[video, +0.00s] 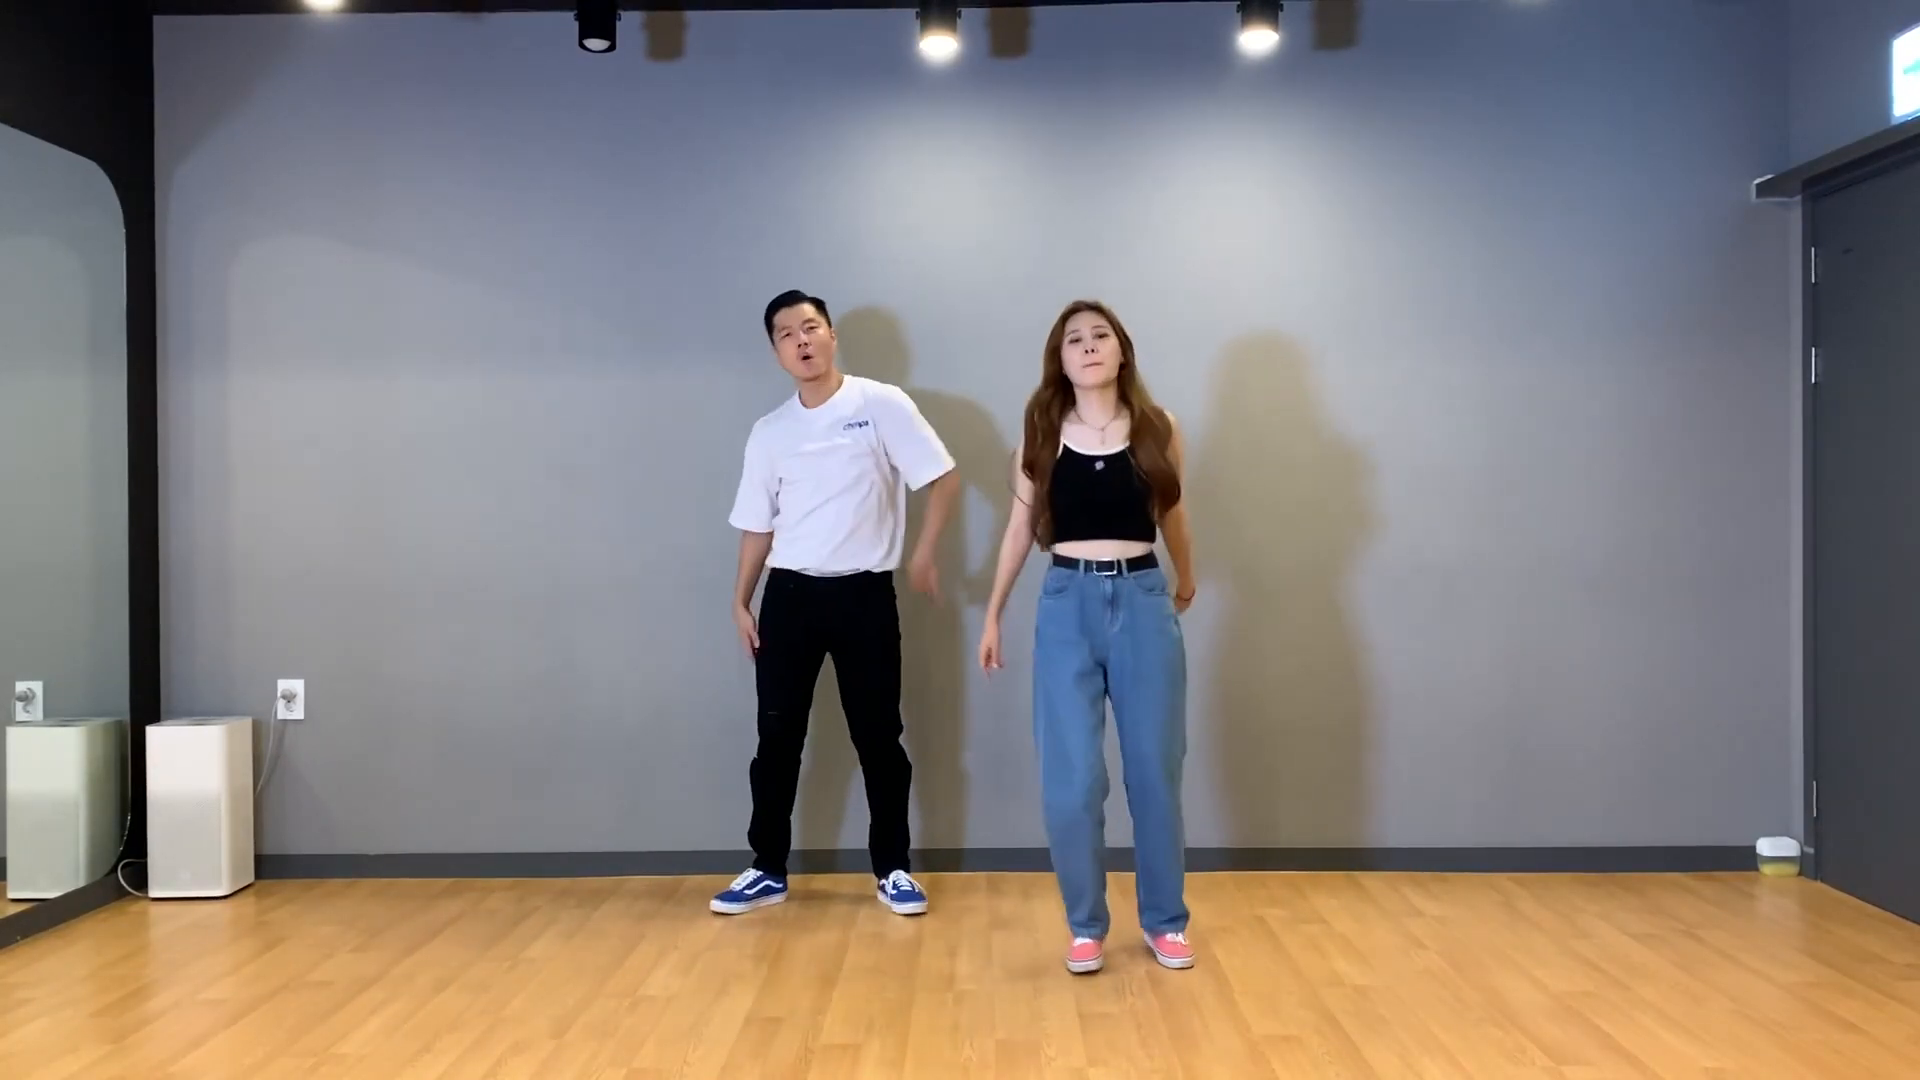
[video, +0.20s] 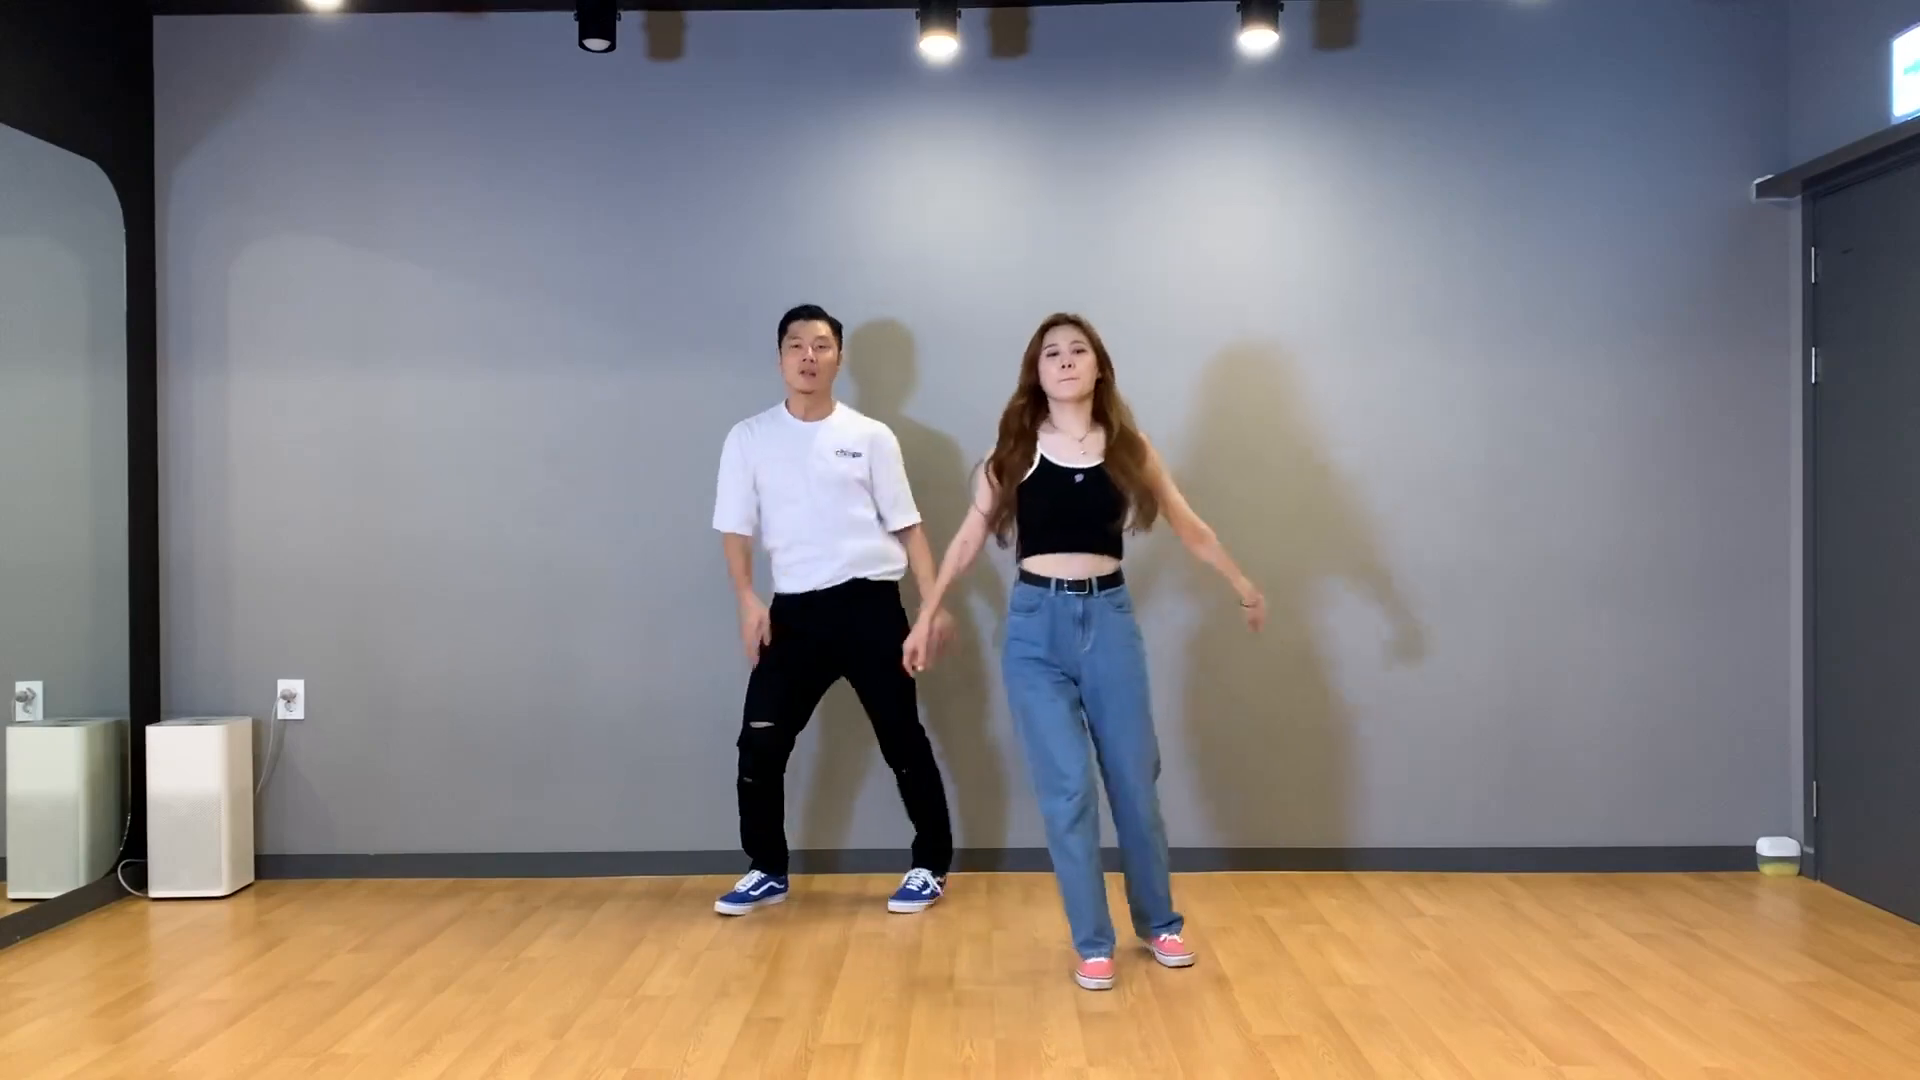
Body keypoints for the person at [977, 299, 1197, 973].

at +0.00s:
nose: (1088, 348)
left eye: (1099, 336)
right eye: (1074, 341)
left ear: (1122, 350)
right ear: (1059, 359)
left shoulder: (1156, 428)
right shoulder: (1042, 434)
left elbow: (1172, 512)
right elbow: (1019, 528)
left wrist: (1186, 578)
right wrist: (993, 613)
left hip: (1145, 604)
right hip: (1065, 606)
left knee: (1154, 770)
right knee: (1072, 777)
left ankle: (1165, 921)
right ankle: (1085, 924)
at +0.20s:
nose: (1067, 362)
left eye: (1078, 352)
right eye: (1053, 355)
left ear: (1100, 368)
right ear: (1035, 374)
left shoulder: (1127, 447)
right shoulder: (1012, 454)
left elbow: (1189, 527)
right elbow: (969, 538)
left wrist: (1241, 581)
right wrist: (928, 612)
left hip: (1109, 622)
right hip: (1033, 625)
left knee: (1134, 781)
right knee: (1067, 788)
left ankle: (1159, 923)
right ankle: (1092, 944)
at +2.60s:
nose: (1189, 402)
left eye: (1195, 386)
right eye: (1172, 399)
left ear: (1217, 388)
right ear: (1161, 417)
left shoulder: (1259, 457)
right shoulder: (1169, 477)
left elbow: (1227, 562)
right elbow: (1147, 567)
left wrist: (1171, 628)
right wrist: (1098, 628)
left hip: (1237, 619)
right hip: (1167, 618)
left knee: (1254, 805)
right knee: (1126, 793)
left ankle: (1349, 929)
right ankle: (1122, 938)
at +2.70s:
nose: (1183, 407)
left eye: (1190, 391)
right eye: (1166, 403)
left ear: (1214, 395)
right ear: (1156, 421)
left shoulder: (1256, 462)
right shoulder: (1167, 482)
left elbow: (1208, 557)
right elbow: (1136, 566)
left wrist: (1139, 532)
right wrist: (1084, 526)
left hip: (1262, 640)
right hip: (1199, 639)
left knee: (1276, 809)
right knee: (1134, 791)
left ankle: (1367, 930)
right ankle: (1119, 939)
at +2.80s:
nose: (1180, 410)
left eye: (1188, 395)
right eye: (1164, 405)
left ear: (1214, 400)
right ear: (1155, 425)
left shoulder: (1253, 471)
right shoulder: (1166, 483)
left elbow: (1182, 531)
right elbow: (1111, 540)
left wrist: (1145, 447)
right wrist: (1090, 453)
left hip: (1282, 651)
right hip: (1217, 657)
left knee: (1322, 811)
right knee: (1156, 786)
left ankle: (1385, 935)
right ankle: (1127, 934)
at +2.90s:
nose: (1187, 408)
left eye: (1194, 392)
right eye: (1170, 403)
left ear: (1218, 395)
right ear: (1160, 419)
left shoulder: (1257, 462)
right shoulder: (1179, 476)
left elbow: (1186, 524)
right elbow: (1123, 535)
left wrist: (1151, 440)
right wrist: (1098, 455)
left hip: (1270, 647)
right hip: (1209, 647)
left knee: (1297, 813)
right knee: (1143, 785)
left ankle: (1382, 932)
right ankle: (1125, 936)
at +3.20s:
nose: (1185, 398)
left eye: (1194, 382)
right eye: (1171, 389)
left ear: (1222, 384)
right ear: (1162, 403)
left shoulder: (1257, 445)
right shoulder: (1163, 456)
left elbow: (1253, 473)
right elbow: (1064, 478)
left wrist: (1221, 422)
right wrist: (1104, 420)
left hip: (1256, 633)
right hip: (1190, 632)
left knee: (1300, 793)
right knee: (1136, 788)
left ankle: (1386, 933)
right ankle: (1119, 938)